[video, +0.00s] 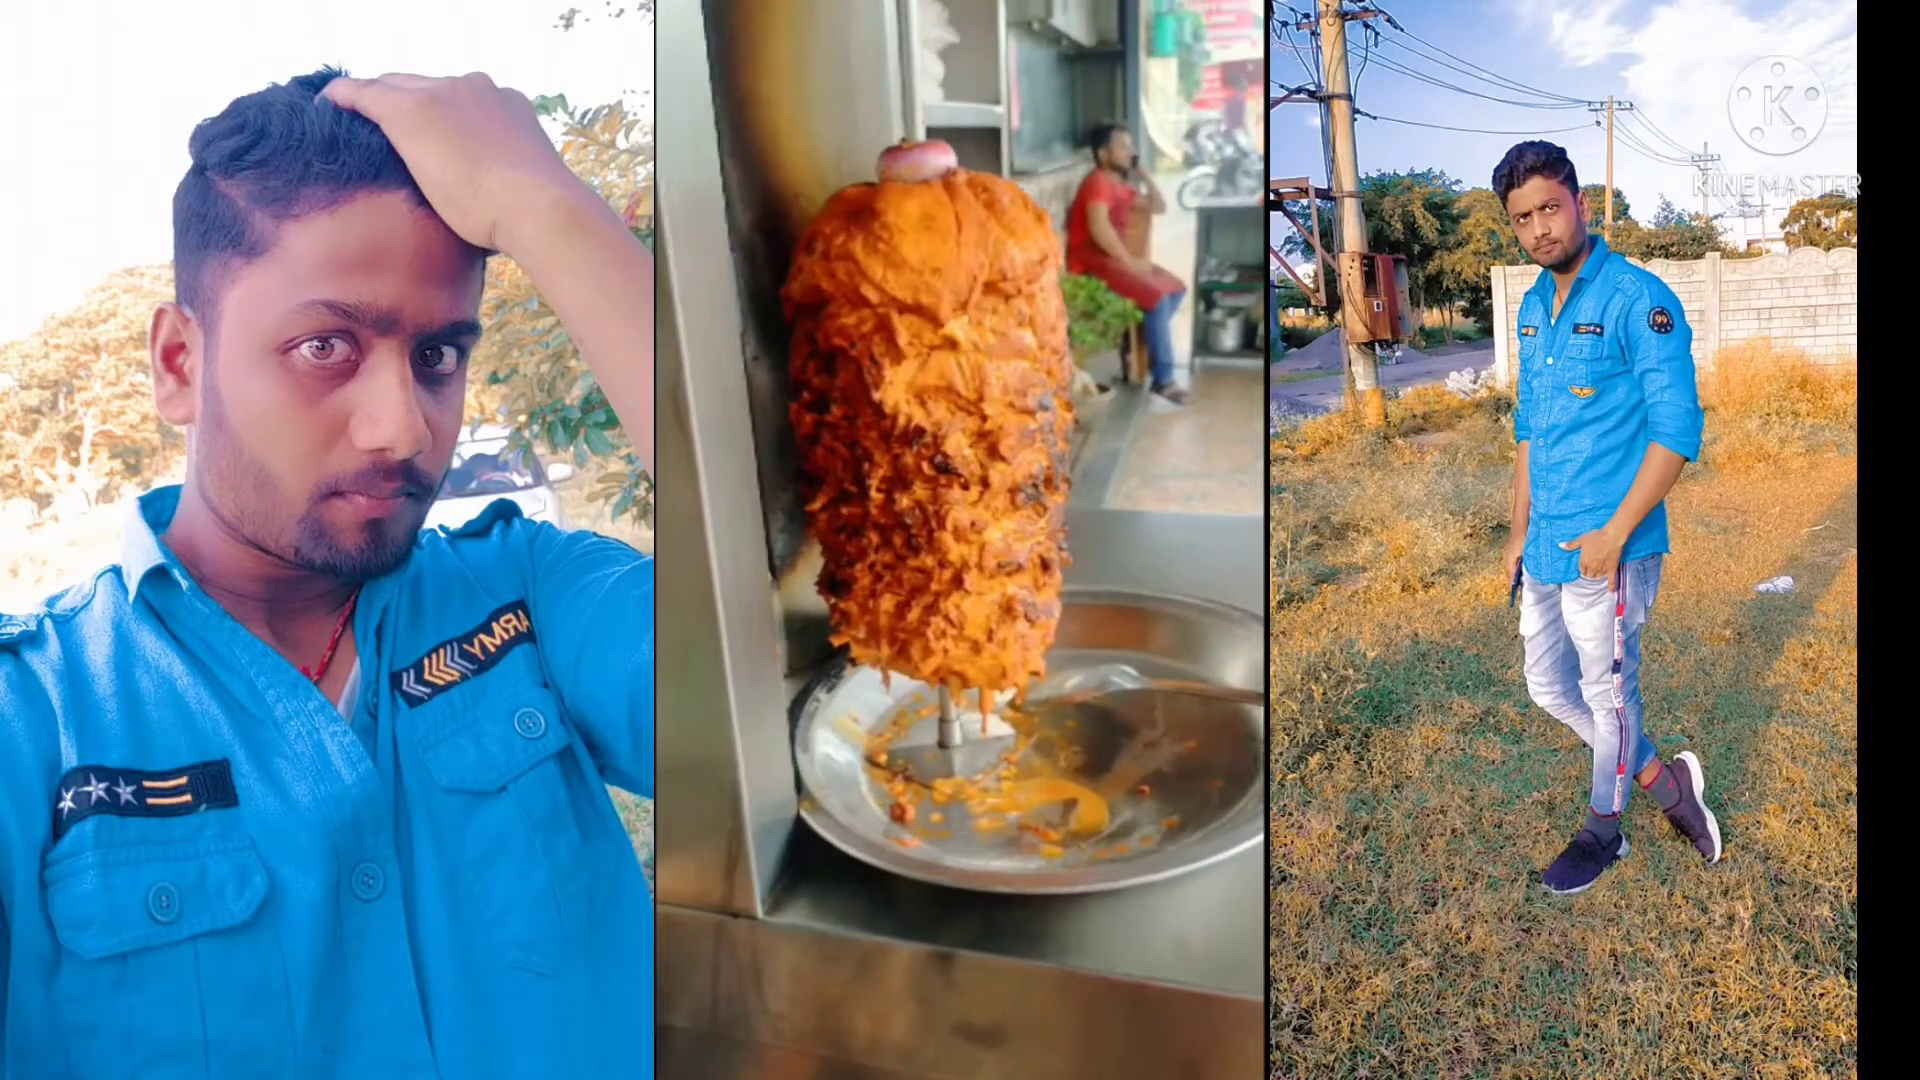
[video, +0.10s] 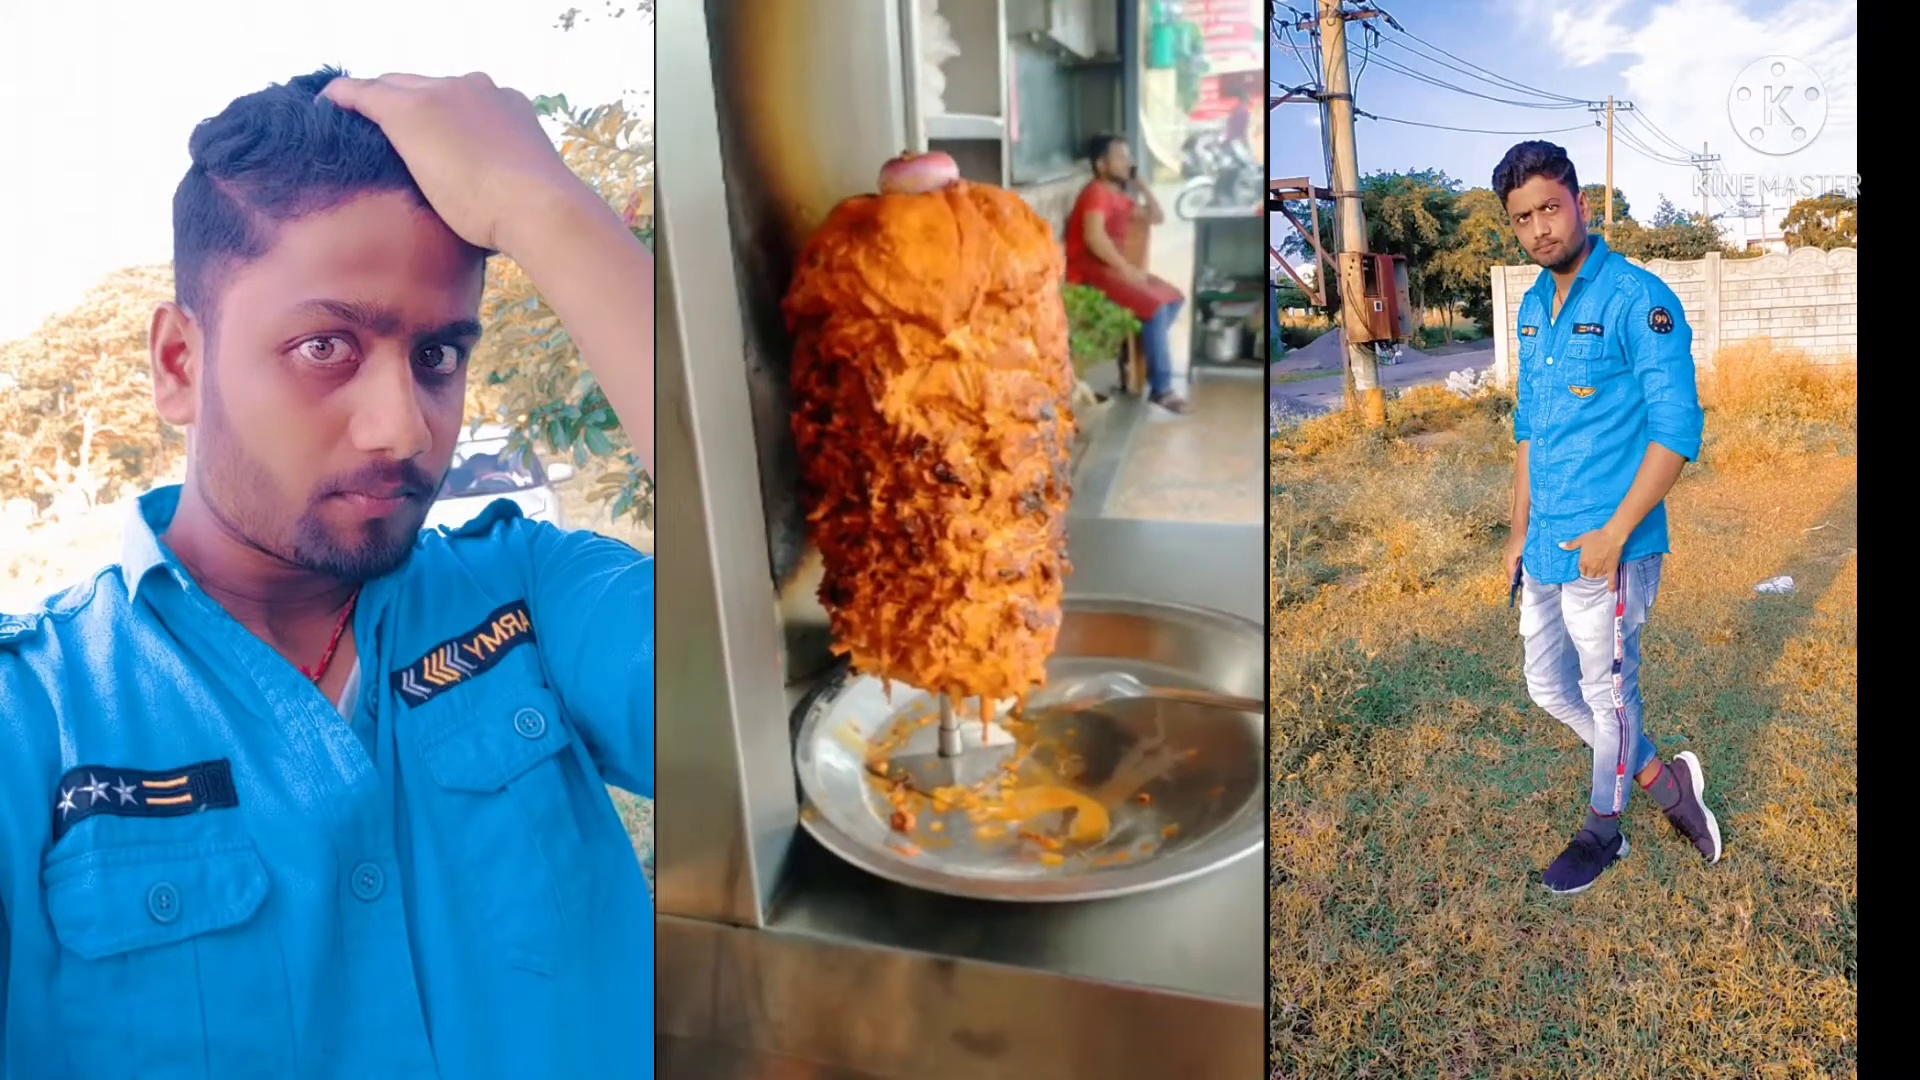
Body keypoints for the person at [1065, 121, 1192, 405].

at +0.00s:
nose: (1130, 151)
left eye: (1129, 145)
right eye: (1122, 145)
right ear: (1103, 153)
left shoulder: (1121, 184)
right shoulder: (1097, 182)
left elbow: (1158, 207)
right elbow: (1098, 228)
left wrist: (1143, 176)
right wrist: (1129, 260)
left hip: (1118, 257)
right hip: (1093, 261)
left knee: (1176, 289)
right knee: (1155, 299)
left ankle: (1134, 343)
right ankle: (1163, 380)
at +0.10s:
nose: (1128, 162)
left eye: (1127, 155)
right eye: (1120, 156)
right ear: (1101, 164)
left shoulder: (1120, 195)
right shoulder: (1096, 192)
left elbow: (1156, 217)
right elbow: (1093, 237)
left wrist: (1141, 186)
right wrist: (1127, 268)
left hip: (1116, 267)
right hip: (1092, 271)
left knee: (1174, 300)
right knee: (1153, 309)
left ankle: (1132, 352)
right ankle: (1162, 389)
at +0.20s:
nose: (1105, 190)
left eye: (1106, 184)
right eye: (1099, 184)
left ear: (1105, 189)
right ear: (1079, 190)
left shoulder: (1099, 222)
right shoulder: (1074, 218)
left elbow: (1133, 243)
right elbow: (1071, 261)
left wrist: (1119, 212)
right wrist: (1105, 295)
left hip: (1093, 292)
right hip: (1069, 296)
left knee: (1151, 325)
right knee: (1132, 333)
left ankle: (1110, 377)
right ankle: (1139, 413)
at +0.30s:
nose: (1103, 181)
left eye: (1104, 175)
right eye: (1096, 175)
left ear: (1102, 180)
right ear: (1076, 182)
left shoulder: (1095, 212)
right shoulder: (1071, 209)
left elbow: (1132, 234)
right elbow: (1072, 254)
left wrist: (1116, 203)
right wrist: (1100, 287)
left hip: (1089, 283)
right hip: (1066, 287)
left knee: (1148, 317)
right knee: (1128, 324)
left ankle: (1106, 368)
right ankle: (1136, 405)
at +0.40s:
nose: (1104, 171)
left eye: (1105, 165)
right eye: (1097, 165)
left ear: (1105, 169)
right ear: (1078, 172)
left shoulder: (1097, 202)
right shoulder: (1073, 199)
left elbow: (1133, 224)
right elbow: (1077, 246)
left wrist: (1118, 192)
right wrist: (1102, 280)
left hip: (1093, 273)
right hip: (1068, 277)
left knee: (1150, 307)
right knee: (1130, 315)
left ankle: (1107, 359)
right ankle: (1137, 396)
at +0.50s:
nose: (1109, 175)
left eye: (1110, 169)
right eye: (1102, 169)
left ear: (1109, 174)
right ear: (1083, 175)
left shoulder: (1102, 207)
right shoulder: (1078, 203)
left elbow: (1139, 227)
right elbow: (1083, 248)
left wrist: (1123, 193)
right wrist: (1107, 283)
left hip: (1094, 279)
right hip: (1072, 282)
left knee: (1155, 309)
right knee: (1134, 317)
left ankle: (1111, 361)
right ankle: (1142, 399)